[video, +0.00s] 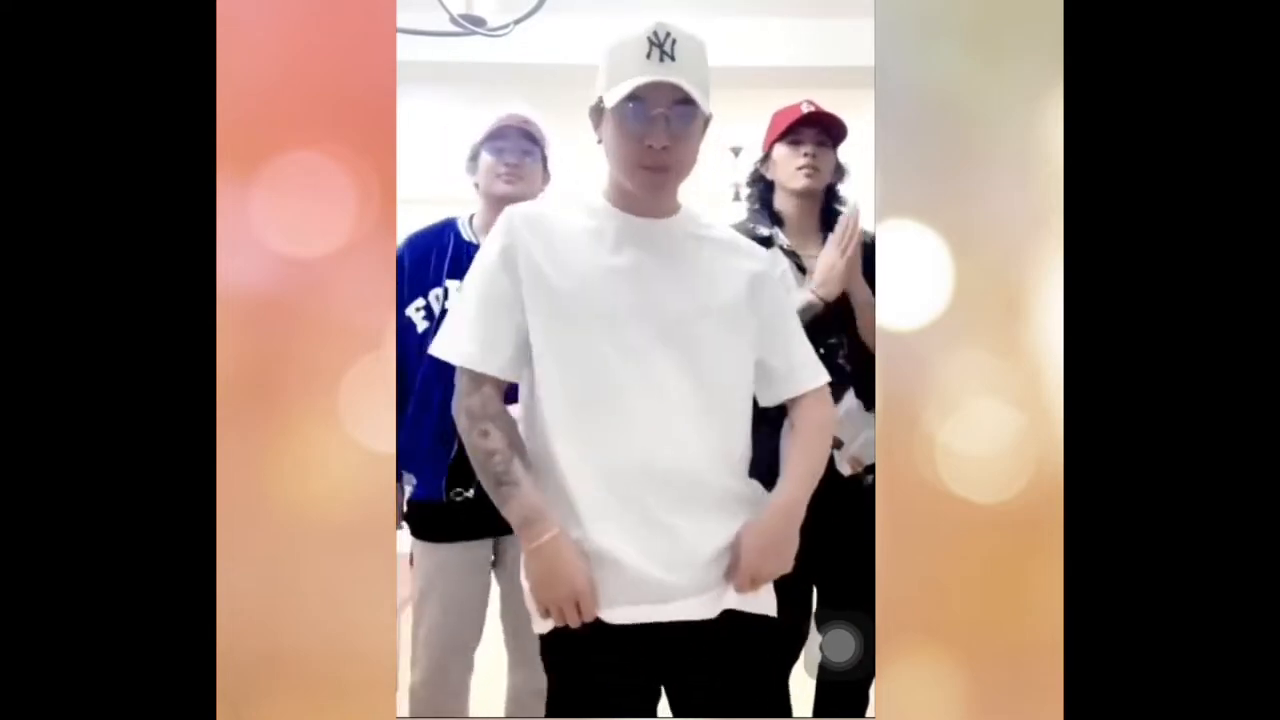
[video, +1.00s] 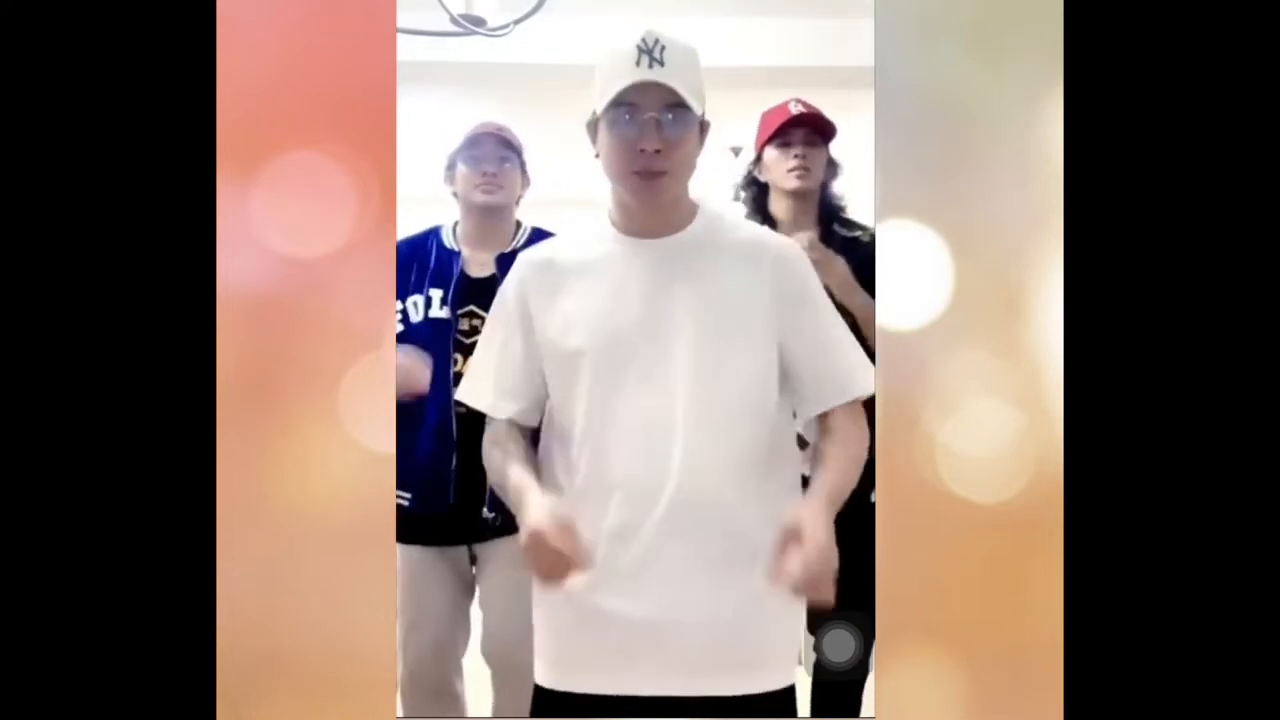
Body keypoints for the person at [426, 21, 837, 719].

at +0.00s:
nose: (658, 134)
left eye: (680, 113)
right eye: (637, 111)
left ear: (705, 131)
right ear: (598, 123)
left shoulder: (752, 266)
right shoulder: (529, 238)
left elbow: (813, 403)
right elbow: (476, 399)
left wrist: (783, 515)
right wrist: (540, 535)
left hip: (729, 610)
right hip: (593, 610)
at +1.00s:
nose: (650, 139)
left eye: (672, 117)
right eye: (627, 116)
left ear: (701, 137)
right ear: (594, 136)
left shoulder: (772, 266)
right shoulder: (543, 276)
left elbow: (844, 419)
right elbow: (503, 433)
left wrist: (820, 507)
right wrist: (531, 503)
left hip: (743, 654)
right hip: (587, 655)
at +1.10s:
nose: (658, 119)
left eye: (680, 99)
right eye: (635, 99)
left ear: (709, 121)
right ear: (601, 121)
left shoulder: (766, 244)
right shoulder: (551, 247)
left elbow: (831, 407)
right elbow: (501, 416)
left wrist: (781, 310)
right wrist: (549, 339)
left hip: (737, 610)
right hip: (592, 612)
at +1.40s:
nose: (661, 173)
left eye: (683, 147)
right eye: (640, 147)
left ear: (713, 144)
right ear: (604, 140)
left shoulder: (761, 249)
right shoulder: (549, 244)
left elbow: (794, 420)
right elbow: (513, 413)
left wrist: (753, 322)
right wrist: (560, 318)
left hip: (728, 619)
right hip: (585, 620)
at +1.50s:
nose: (663, 219)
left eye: (683, 199)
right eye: (645, 198)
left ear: (721, 149)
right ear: (603, 142)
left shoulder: (769, 233)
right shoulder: (543, 223)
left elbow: (811, 367)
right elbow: (497, 357)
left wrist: (774, 366)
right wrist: (547, 363)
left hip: (728, 598)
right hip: (585, 599)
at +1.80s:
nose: (661, 189)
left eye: (685, 162)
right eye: (638, 161)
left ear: (717, 166)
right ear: (599, 158)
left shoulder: (769, 271)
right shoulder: (535, 261)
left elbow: (787, 448)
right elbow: (502, 431)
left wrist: (758, 388)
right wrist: (558, 402)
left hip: (718, 604)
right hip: (580, 606)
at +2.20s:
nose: (701, 118)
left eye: (719, 97)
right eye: (676, 91)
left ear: (732, 116)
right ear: (623, 107)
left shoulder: (767, 250)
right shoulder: (559, 223)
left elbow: (780, 435)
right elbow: (518, 391)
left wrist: (755, 343)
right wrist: (548, 333)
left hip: (728, 597)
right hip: (595, 591)